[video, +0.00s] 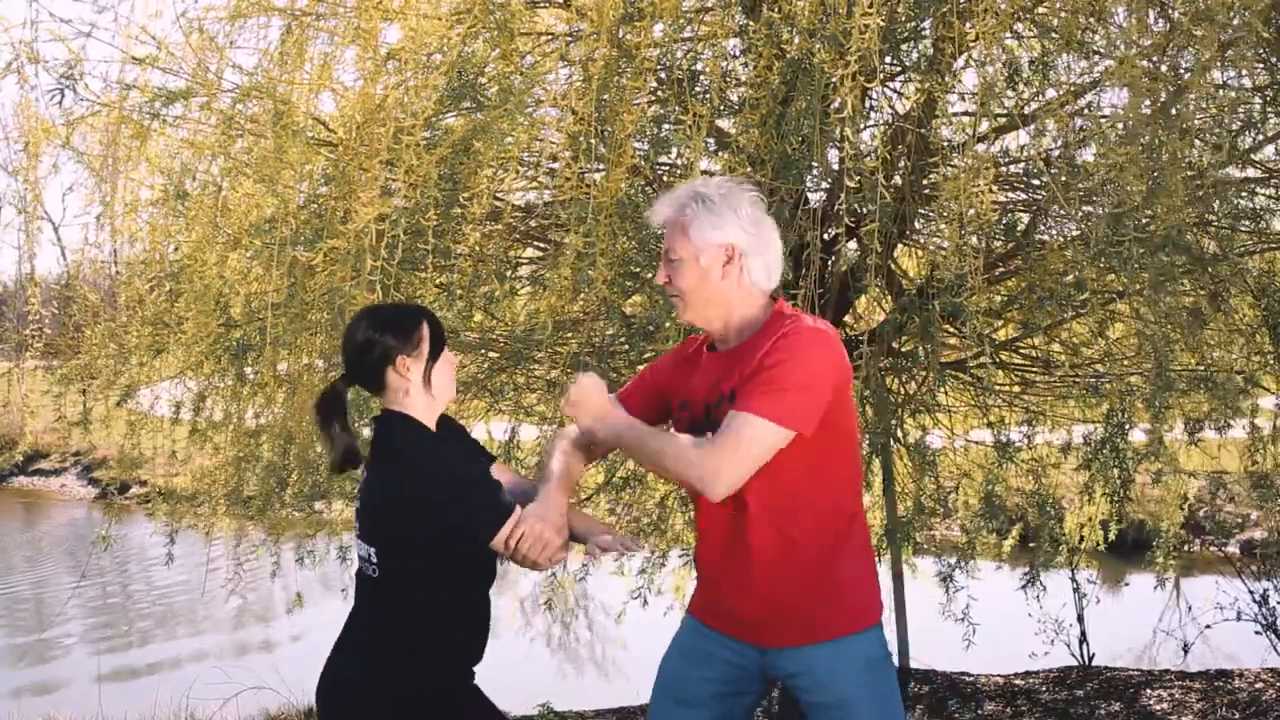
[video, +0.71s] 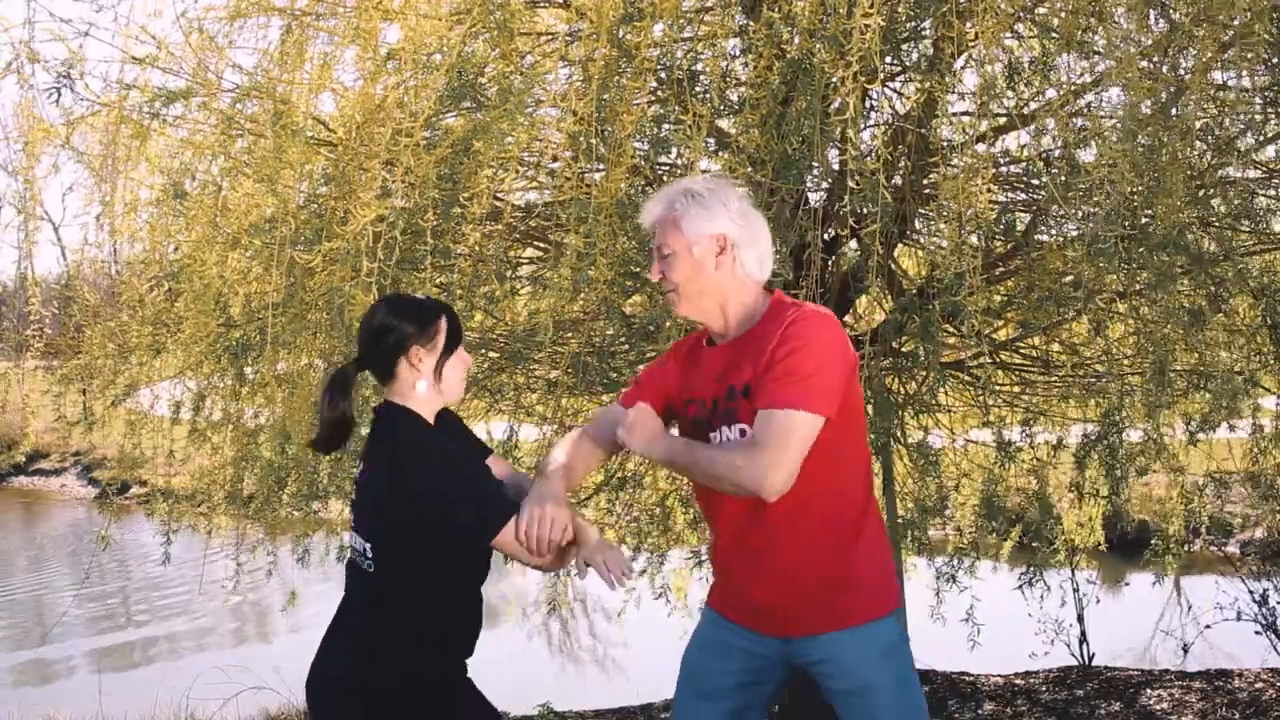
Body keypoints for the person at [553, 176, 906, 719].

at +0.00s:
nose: (661, 278)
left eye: (674, 261)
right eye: (663, 262)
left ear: (730, 260)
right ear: (728, 262)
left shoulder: (809, 346)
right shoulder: (687, 363)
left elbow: (714, 473)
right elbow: (578, 441)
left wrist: (610, 422)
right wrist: (551, 503)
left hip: (833, 638)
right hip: (716, 632)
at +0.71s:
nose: (655, 274)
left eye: (666, 255)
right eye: (655, 259)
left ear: (722, 250)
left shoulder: (810, 332)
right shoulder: (684, 363)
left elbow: (767, 471)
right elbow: (596, 435)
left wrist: (660, 445)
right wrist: (551, 488)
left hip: (851, 620)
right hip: (738, 618)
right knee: (692, 711)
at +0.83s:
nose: (685, 266)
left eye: (697, 248)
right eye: (688, 250)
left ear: (753, 247)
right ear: (749, 248)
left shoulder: (838, 335)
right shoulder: (709, 363)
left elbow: (826, 478)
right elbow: (636, 456)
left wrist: (712, 470)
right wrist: (580, 460)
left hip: (870, 632)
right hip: (752, 627)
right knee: (708, 710)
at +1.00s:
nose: (753, 265)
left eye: (768, 249)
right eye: (757, 249)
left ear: (826, 254)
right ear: (819, 256)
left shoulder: (906, 345)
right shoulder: (769, 367)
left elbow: (886, 482)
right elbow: (698, 472)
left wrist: (767, 451)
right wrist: (611, 435)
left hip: (912, 644)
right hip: (791, 634)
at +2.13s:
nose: (764, 286)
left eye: (776, 268)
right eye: (764, 268)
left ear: (833, 264)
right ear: (829, 265)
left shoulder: (923, 342)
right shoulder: (778, 356)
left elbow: (864, 468)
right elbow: (705, 429)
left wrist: (767, 403)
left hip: (921, 638)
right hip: (797, 628)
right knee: (740, 710)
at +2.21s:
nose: (771, 293)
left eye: (782, 275)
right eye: (770, 275)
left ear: (840, 268)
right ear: (832, 271)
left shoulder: (935, 345)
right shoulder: (790, 358)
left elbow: (867, 463)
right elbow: (704, 465)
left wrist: (781, 380)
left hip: (929, 640)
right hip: (805, 630)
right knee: (748, 709)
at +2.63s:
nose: (829, 282)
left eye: (845, 268)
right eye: (830, 266)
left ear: (906, 273)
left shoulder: (960, 371)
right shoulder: (821, 356)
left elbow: (848, 479)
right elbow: (746, 467)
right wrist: (728, 559)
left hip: (940, 644)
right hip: (818, 631)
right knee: (760, 710)